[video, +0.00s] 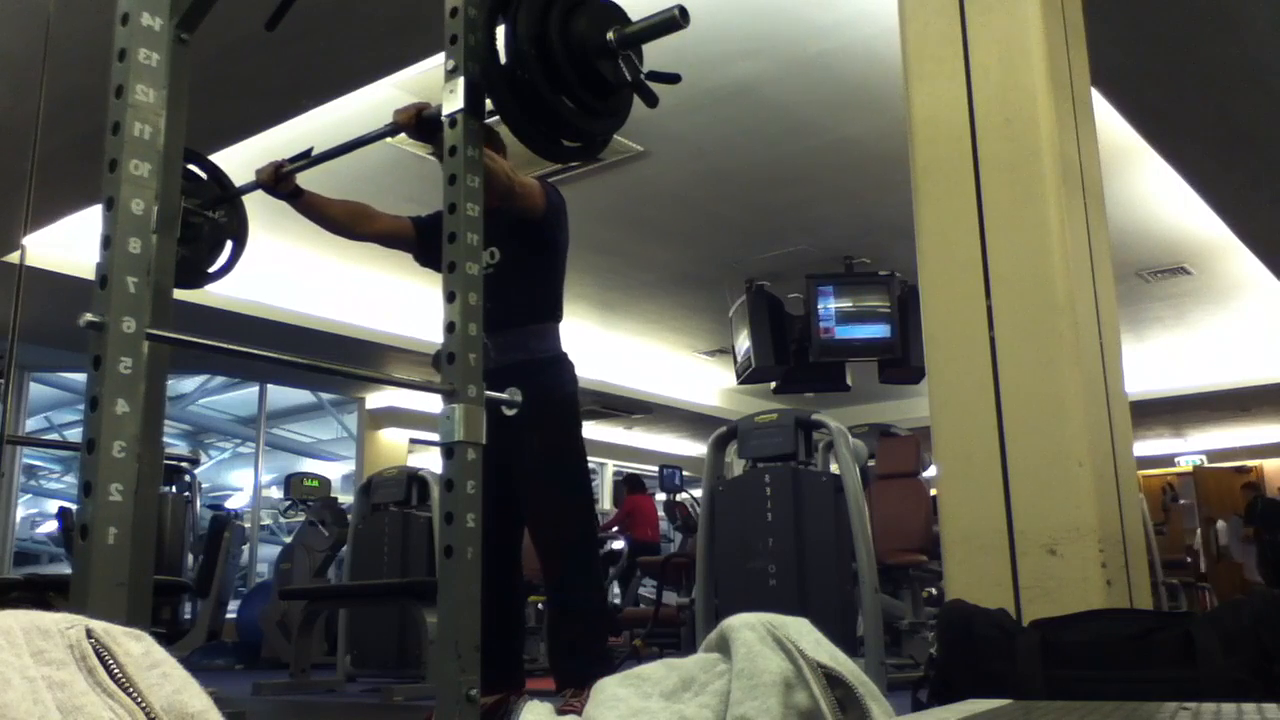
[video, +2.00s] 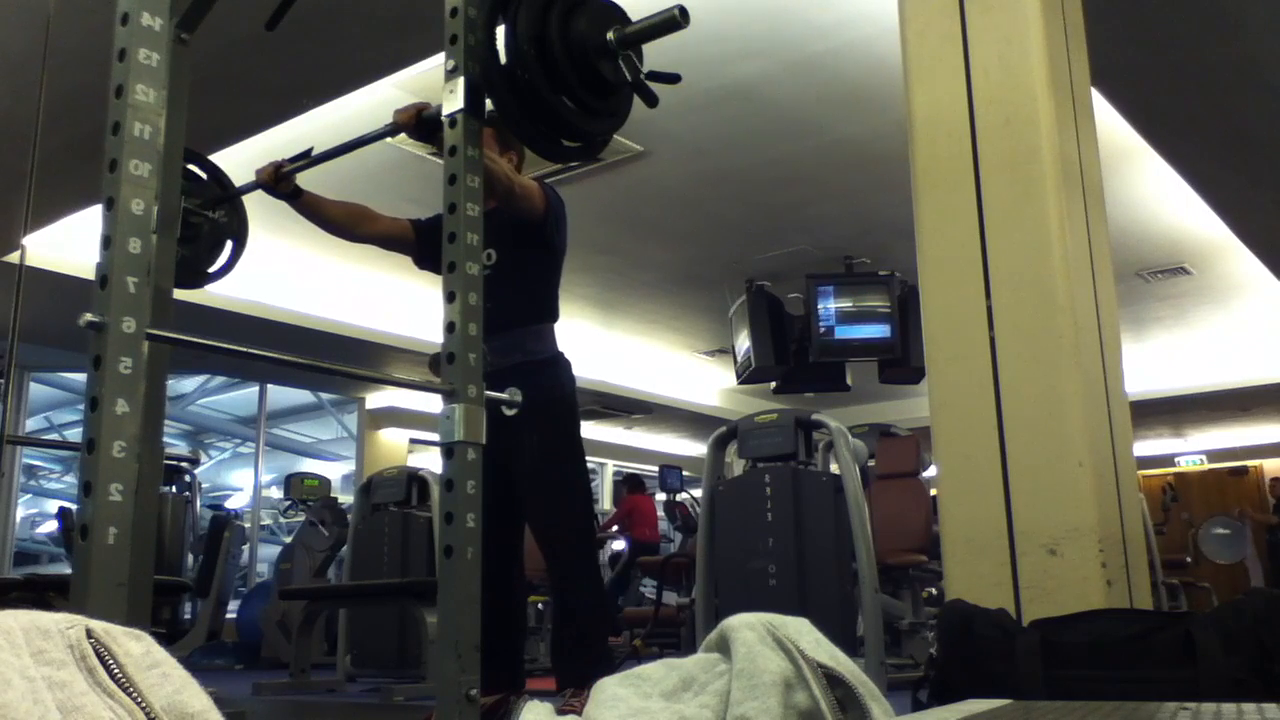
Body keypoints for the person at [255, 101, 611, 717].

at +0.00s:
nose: (468, 173)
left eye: (475, 160)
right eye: (459, 166)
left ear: (498, 154)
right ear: (451, 172)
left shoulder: (542, 206)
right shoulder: (455, 226)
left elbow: (503, 182)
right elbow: (368, 222)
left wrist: (440, 133)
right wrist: (295, 193)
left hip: (539, 385)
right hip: (476, 393)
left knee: (562, 535)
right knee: (486, 544)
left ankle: (579, 683)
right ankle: (497, 686)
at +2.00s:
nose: (467, 166)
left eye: (477, 154)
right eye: (461, 159)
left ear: (510, 155)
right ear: (458, 165)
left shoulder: (542, 208)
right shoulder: (457, 227)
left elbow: (504, 180)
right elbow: (369, 224)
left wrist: (441, 133)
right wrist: (295, 193)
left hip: (536, 384)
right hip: (475, 393)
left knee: (563, 538)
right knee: (487, 547)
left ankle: (580, 684)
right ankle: (497, 687)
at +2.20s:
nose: (468, 166)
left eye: (478, 154)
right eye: (462, 158)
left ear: (510, 154)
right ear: (458, 165)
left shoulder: (542, 208)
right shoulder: (456, 228)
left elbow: (504, 181)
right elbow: (369, 224)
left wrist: (441, 133)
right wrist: (294, 193)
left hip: (536, 384)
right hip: (475, 392)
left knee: (563, 537)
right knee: (487, 546)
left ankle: (579, 683)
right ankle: (497, 687)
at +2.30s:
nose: (468, 166)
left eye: (478, 154)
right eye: (462, 158)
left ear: (511, 155)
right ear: (458, 165)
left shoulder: (542, 209)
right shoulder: (456, 228)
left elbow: (504, 180)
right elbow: (368, 224)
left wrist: (441, 133)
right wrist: (294, 193)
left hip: (536, 383)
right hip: (475, 392)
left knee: (563, 537)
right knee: (487, 545)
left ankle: (579, 683)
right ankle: (497, 687)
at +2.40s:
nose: (469, 166)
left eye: (479, 154)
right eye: (462, 158)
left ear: (511, 155)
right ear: (458, 165)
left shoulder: (542, 208)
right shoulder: (456, 227)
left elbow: (503, 181)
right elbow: (368, 224)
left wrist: (440, 133)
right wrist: (294, 192)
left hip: (536, 383)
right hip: (475, 391)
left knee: (563, 536)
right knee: (487, 545)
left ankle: (580, 683)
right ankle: (497, 687)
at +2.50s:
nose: (468, 166)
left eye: (478, 154)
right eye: (462, 158)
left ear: (510, 155)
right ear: (458, 165)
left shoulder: (542, 209)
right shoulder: (456, 227)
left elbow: (505, 181)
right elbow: (368, 224)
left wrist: (441, 133)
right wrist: (294, 192)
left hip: (537, 383)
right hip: (475, 391)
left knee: (563, 537)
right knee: (487, 546)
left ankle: (580, 684)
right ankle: (497, 687)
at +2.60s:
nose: (469, 166)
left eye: (478, 154)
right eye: (462, 159)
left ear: (511, 155)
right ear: (458, 165)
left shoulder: (543, 208)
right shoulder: (456, 227)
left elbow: (504, 180)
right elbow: (369, 224)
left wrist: (441, 133)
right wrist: (294, 193)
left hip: (536, 383)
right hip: (475, 391)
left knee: (563, 536)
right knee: (487, 545)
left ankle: (579, 683)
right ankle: (497, 687)